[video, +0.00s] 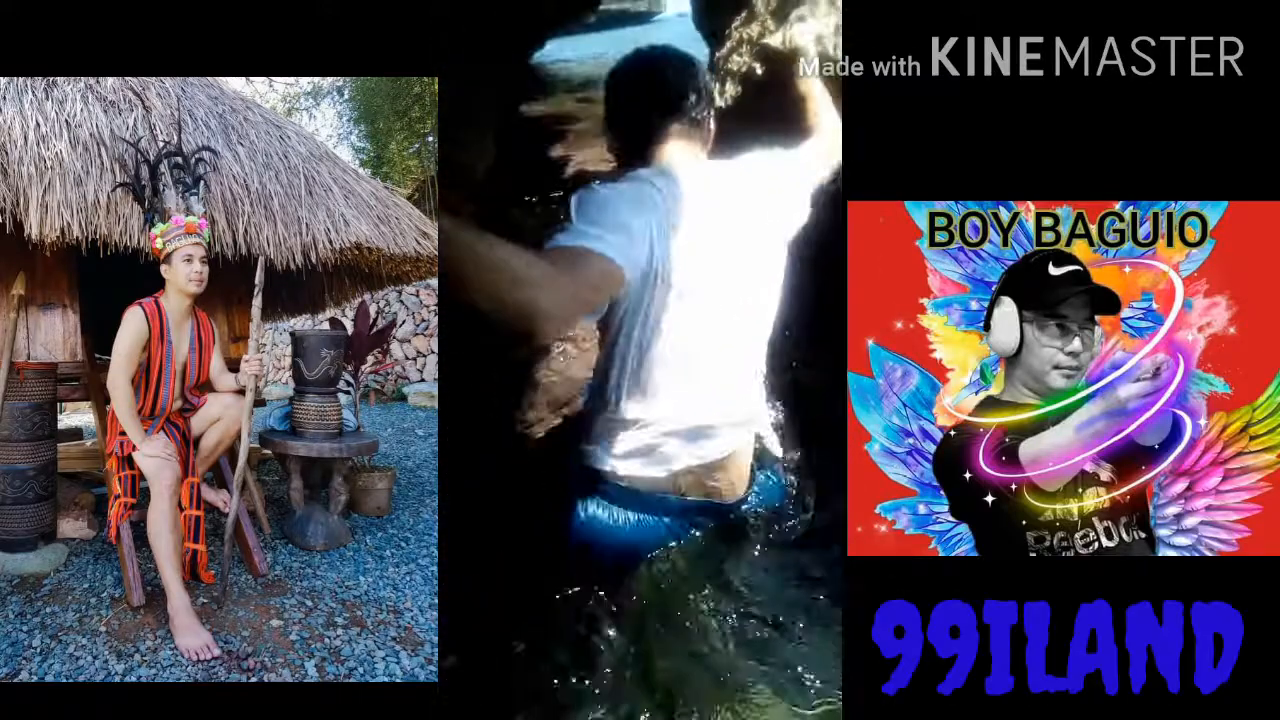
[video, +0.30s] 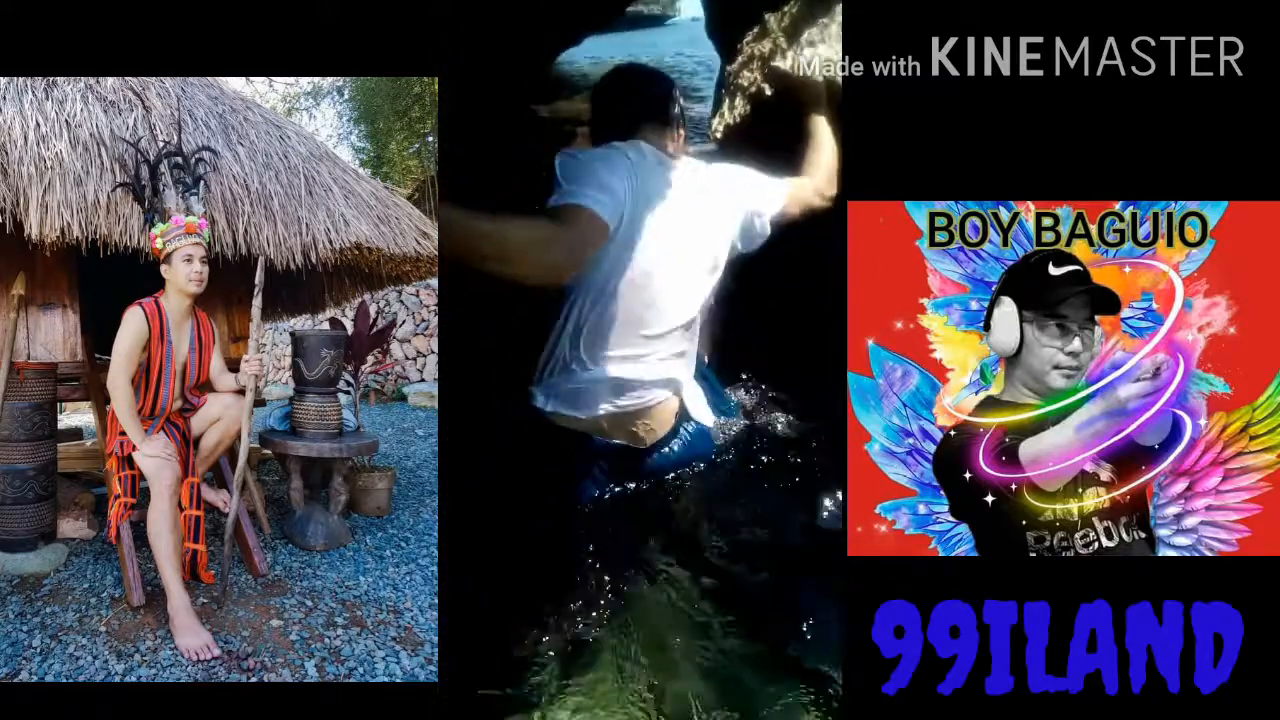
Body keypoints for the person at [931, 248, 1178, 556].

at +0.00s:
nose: (1076, 346)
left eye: (1086, 328)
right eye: (1055, 327)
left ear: (1097, 334)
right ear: (1007, 327)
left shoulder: (1113, 410)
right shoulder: (963, 446)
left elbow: (1155, 435)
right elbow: (1025, 472)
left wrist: (1148, 397)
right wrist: (1107, 411)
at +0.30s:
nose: (1076, 346)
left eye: (1086, 328)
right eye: (1055, 327)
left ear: (1096, 334)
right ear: (1007, 327)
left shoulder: (1113, 409)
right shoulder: (963, 446)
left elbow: (1156, 435)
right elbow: (1022, 474)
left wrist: (1149, 398)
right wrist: (1106, 412)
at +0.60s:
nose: (1076, 346)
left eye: (1086, 328)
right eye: (1055, 327)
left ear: (1096, 334)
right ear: (1007, 327)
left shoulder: (1113, 409)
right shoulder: (962, 445)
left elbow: (1155, 435)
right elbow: (1022, 472)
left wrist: (1149, 396)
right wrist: (1105, 412)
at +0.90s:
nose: (1076, 346)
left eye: (1086, 328)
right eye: (1055, 327)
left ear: (1097, 334)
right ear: (1007, 328)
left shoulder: (1113, 409)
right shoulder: (962, 446)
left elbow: (1155, 435)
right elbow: (1021, 472)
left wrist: (1149, 396)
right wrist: (1105, 412)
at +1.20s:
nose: (1076, 346)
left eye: (1086, 328)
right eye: (1055, 327)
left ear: (1097, 334)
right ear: (1007, 328)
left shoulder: (1113, 409)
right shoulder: (962, 446)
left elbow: (1155, 435)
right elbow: (1021, 472)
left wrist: (1149, 396)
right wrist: (1105, 412)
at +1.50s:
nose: (1076, 346)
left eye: (1086, 328)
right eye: (1055, 326)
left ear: (1096, 335)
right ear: (1007, 328)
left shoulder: (1113, 408)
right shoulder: (962, 446)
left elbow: (1156, 436)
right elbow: (1021, 472)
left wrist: (1147, 395)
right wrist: (1105, 413)